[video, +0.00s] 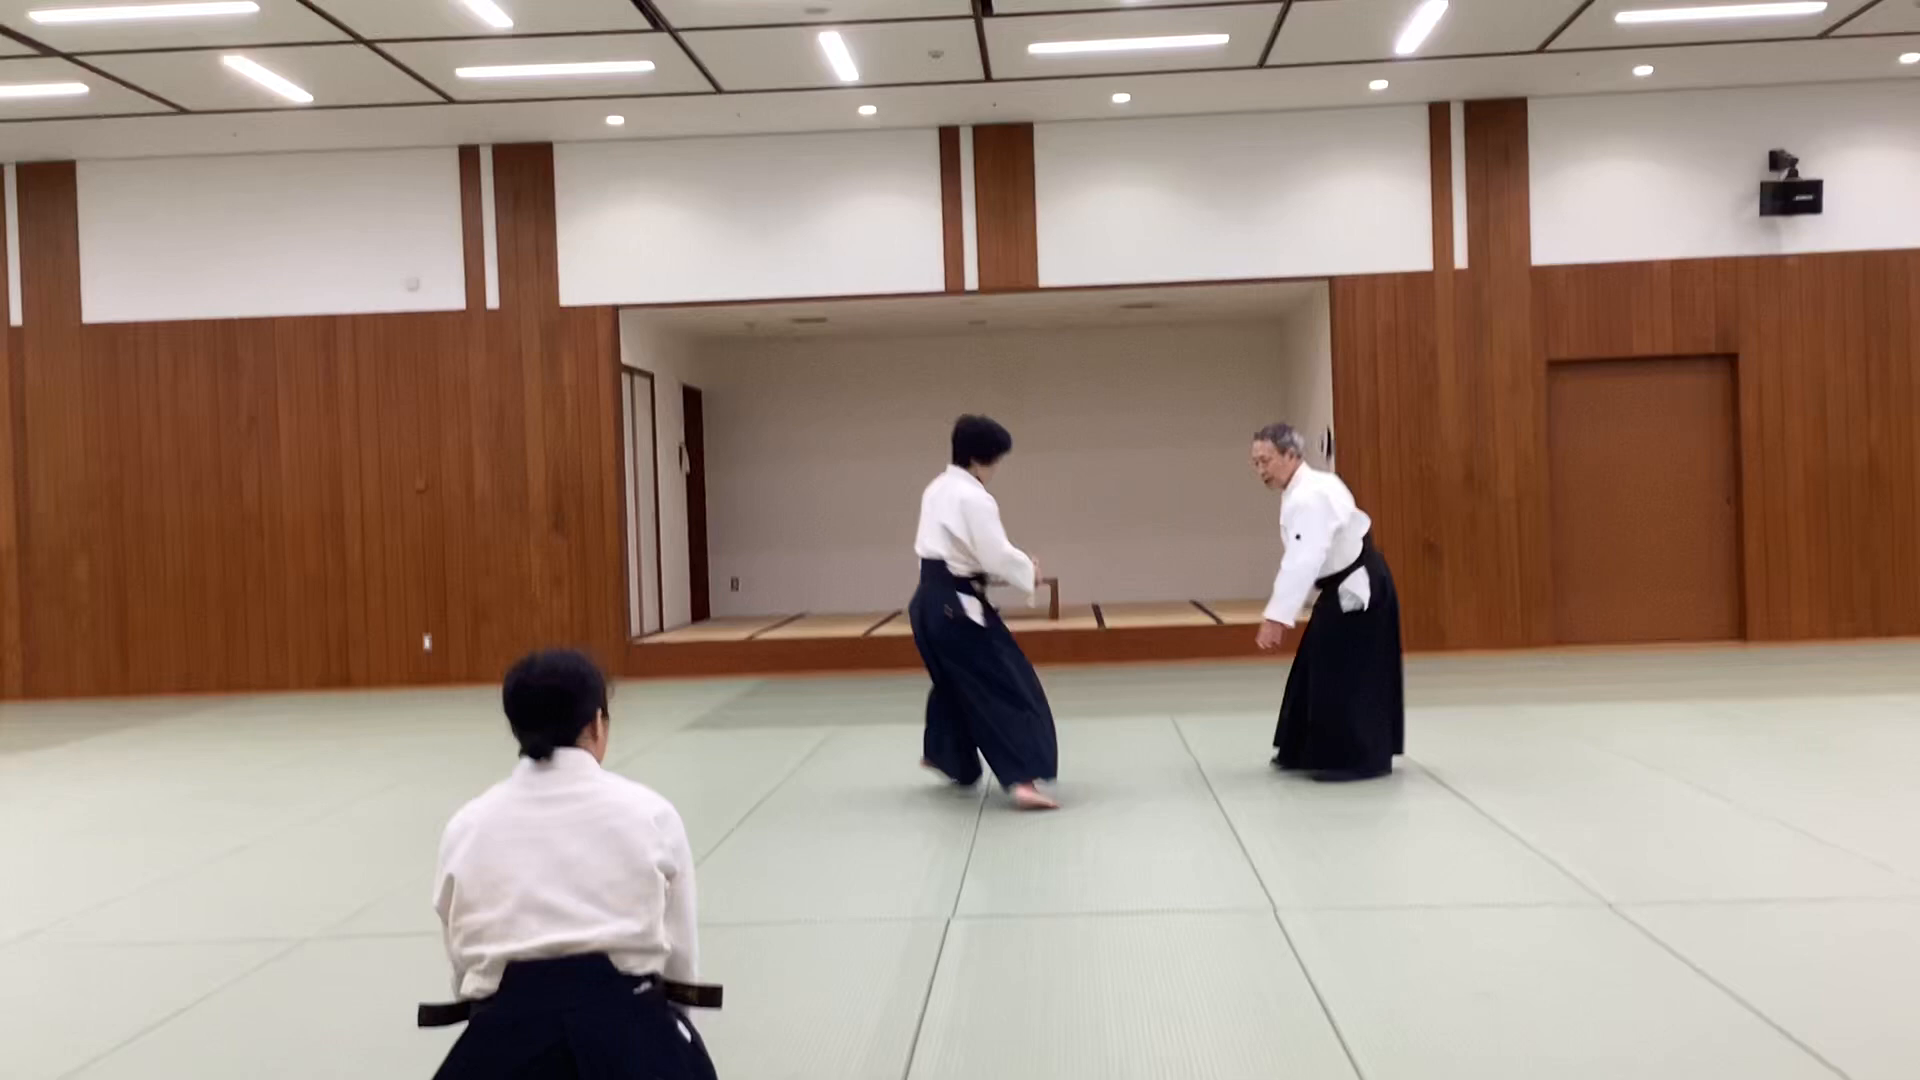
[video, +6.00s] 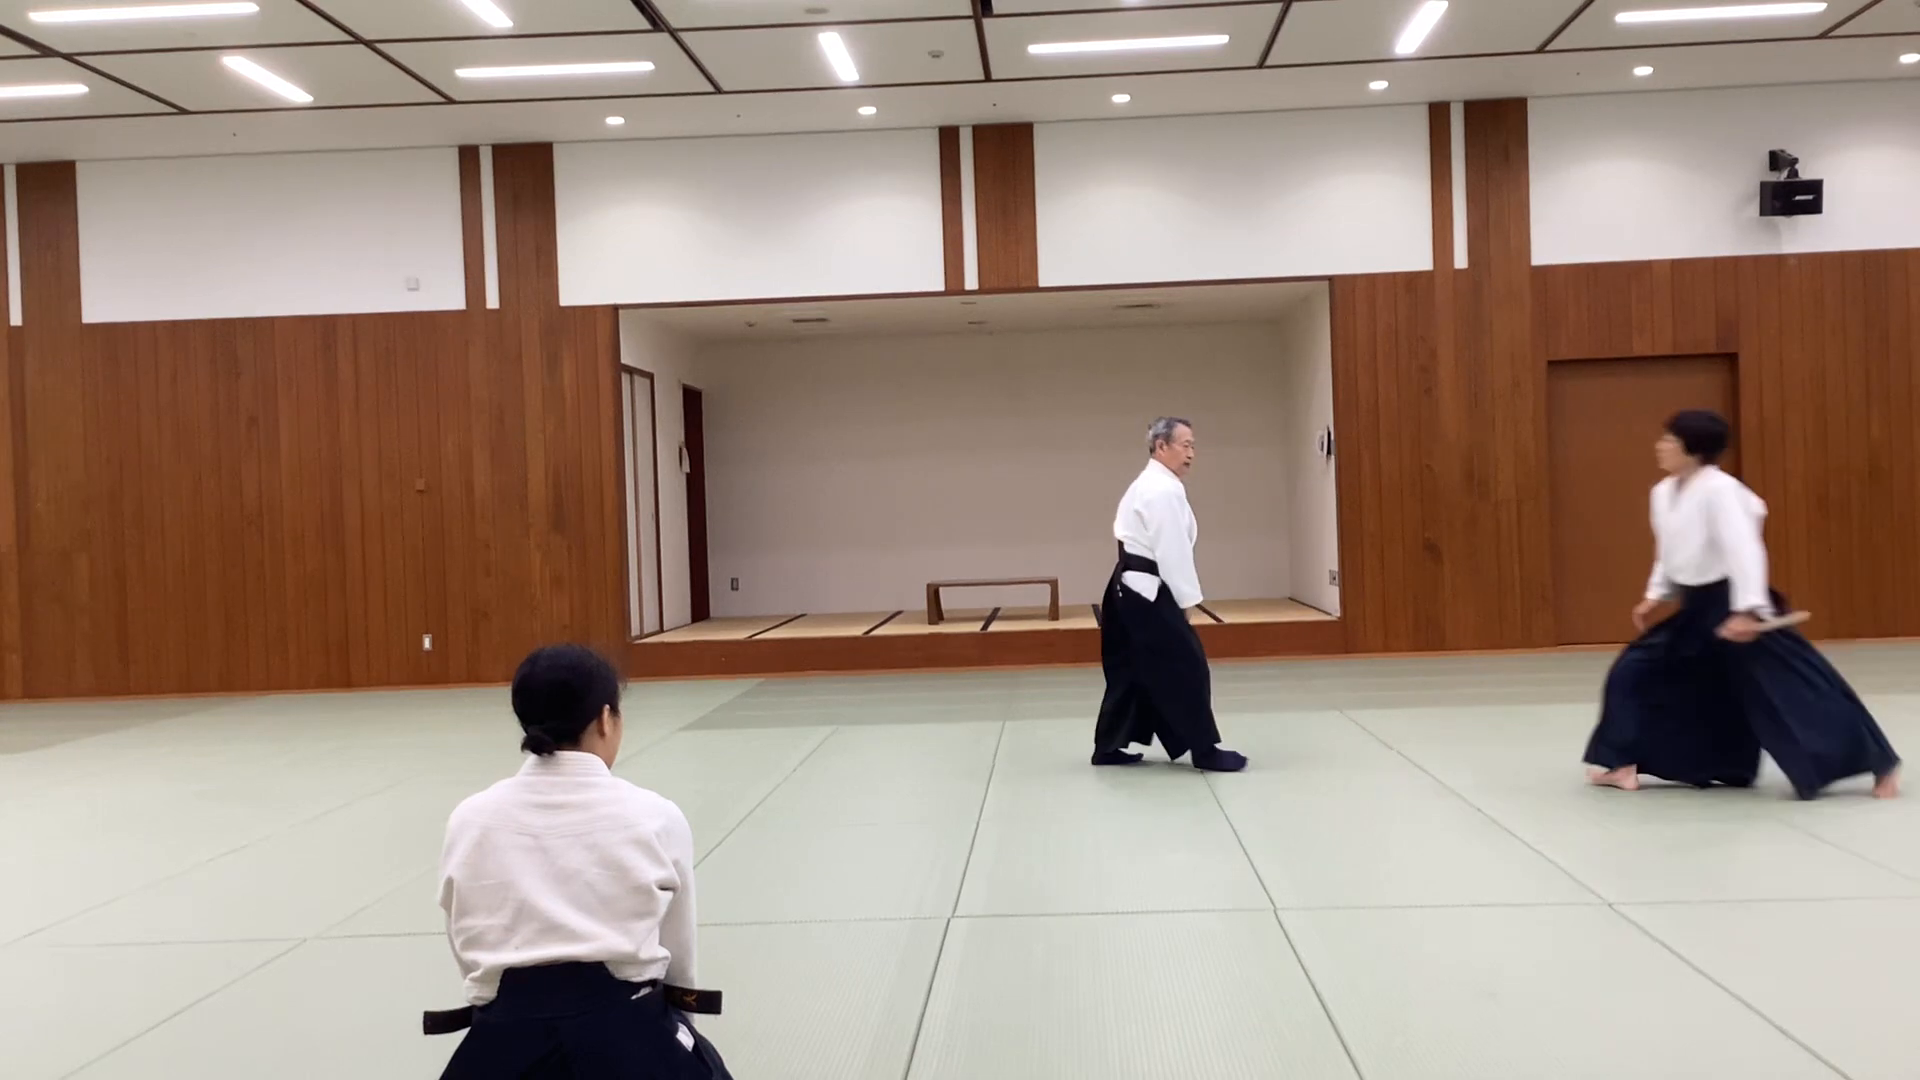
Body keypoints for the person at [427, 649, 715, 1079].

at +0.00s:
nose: (607, 728)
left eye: (607, 717)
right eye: (606, 719)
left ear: (517, 729)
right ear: (596, 726)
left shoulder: (467, 825)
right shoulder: (649, 813)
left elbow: (463, 970)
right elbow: (680, 959)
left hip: (506, 1033)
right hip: (629, 1031)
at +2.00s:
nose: (616, 719)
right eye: (615, 708)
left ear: (524, 727)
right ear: (607, 716)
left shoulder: (476, 812)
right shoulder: (661, 810)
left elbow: (472, 950)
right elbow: (680, 959)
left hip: (507, 1038)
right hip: (631, 1035)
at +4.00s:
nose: (620, 721)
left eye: (618, 709)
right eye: (619, 710)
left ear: (527, 725)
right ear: (609, 717)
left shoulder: (475, 816)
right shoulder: (660, 817)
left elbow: (471, 951)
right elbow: (681, 965)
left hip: (507, 1042)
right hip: (630, 1040)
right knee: (701, 1052)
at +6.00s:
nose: (619, 726)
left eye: (619, 713)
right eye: (619, 714)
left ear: (528, 723)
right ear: (605, 721)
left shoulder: (469, 819)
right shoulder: (656, 817)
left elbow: (467, 955)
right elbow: (680, 965)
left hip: (504, 1046)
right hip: (629, 1043)